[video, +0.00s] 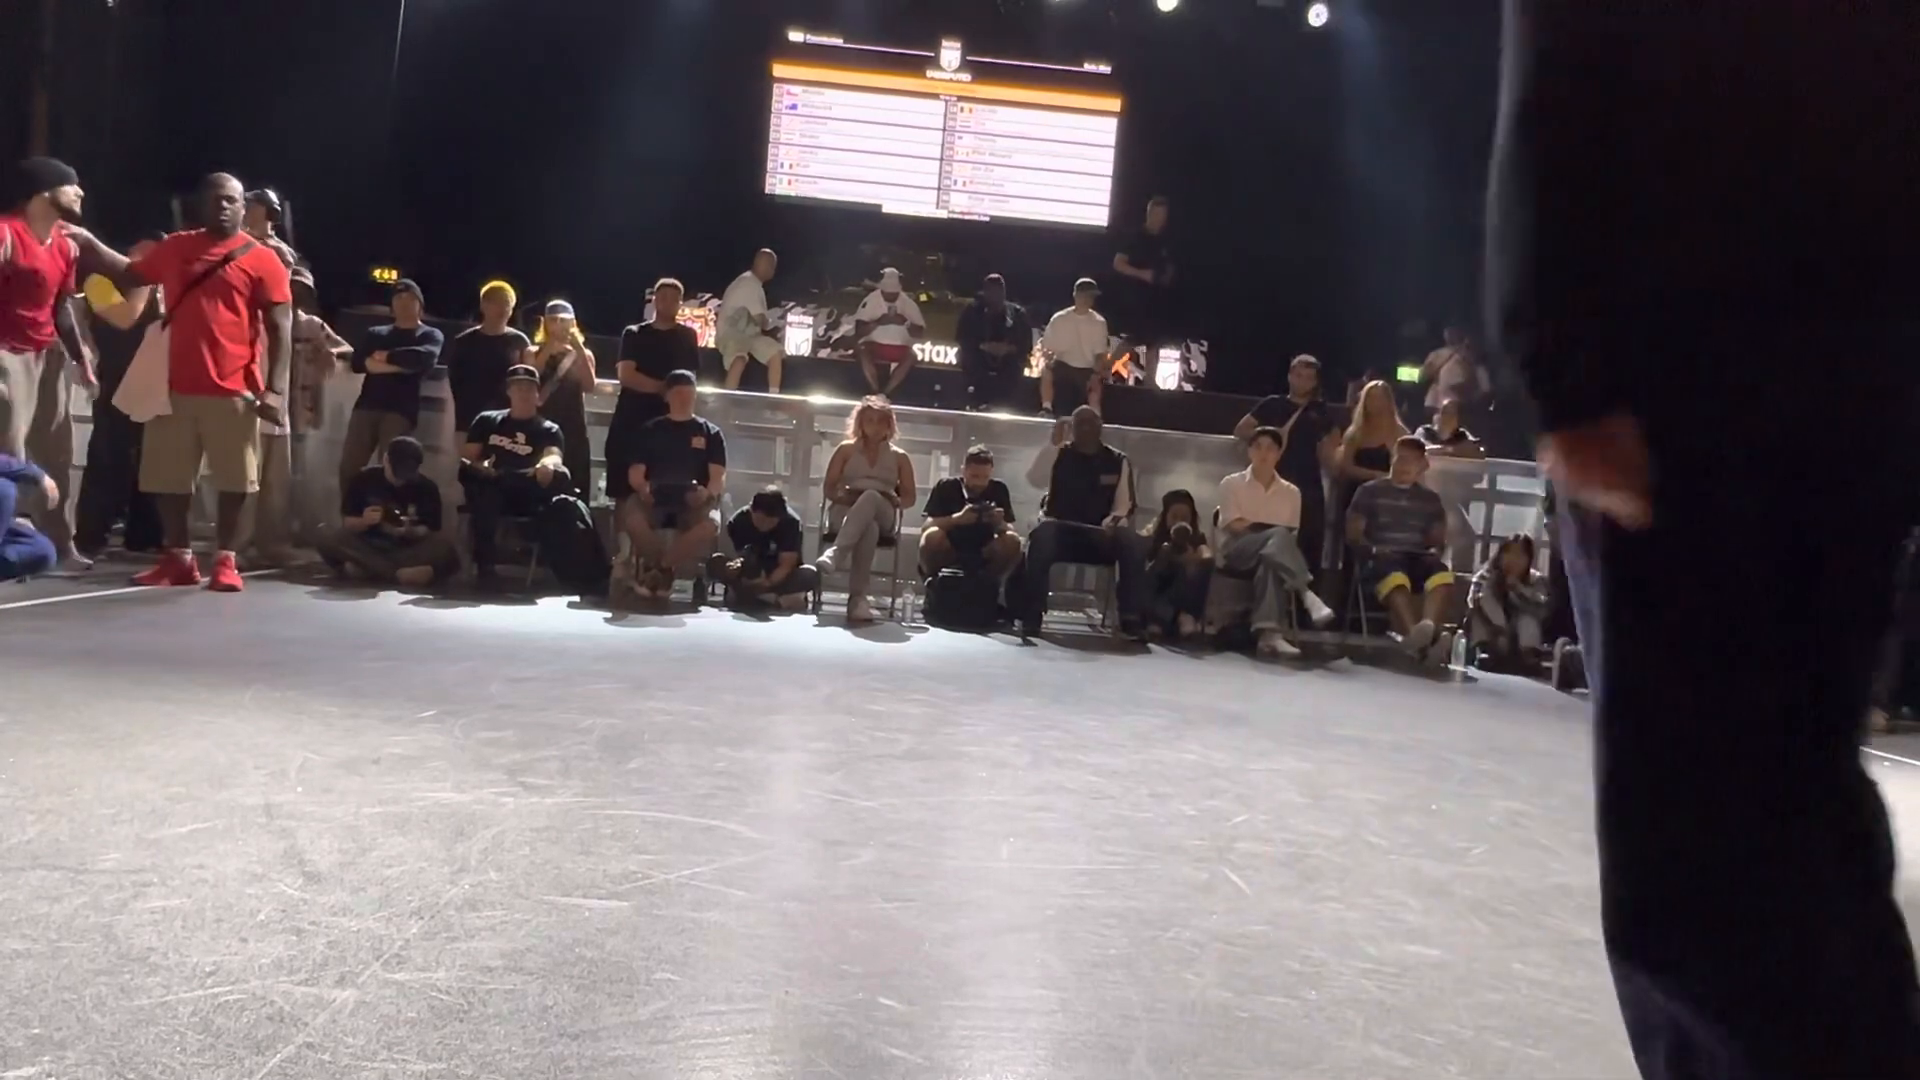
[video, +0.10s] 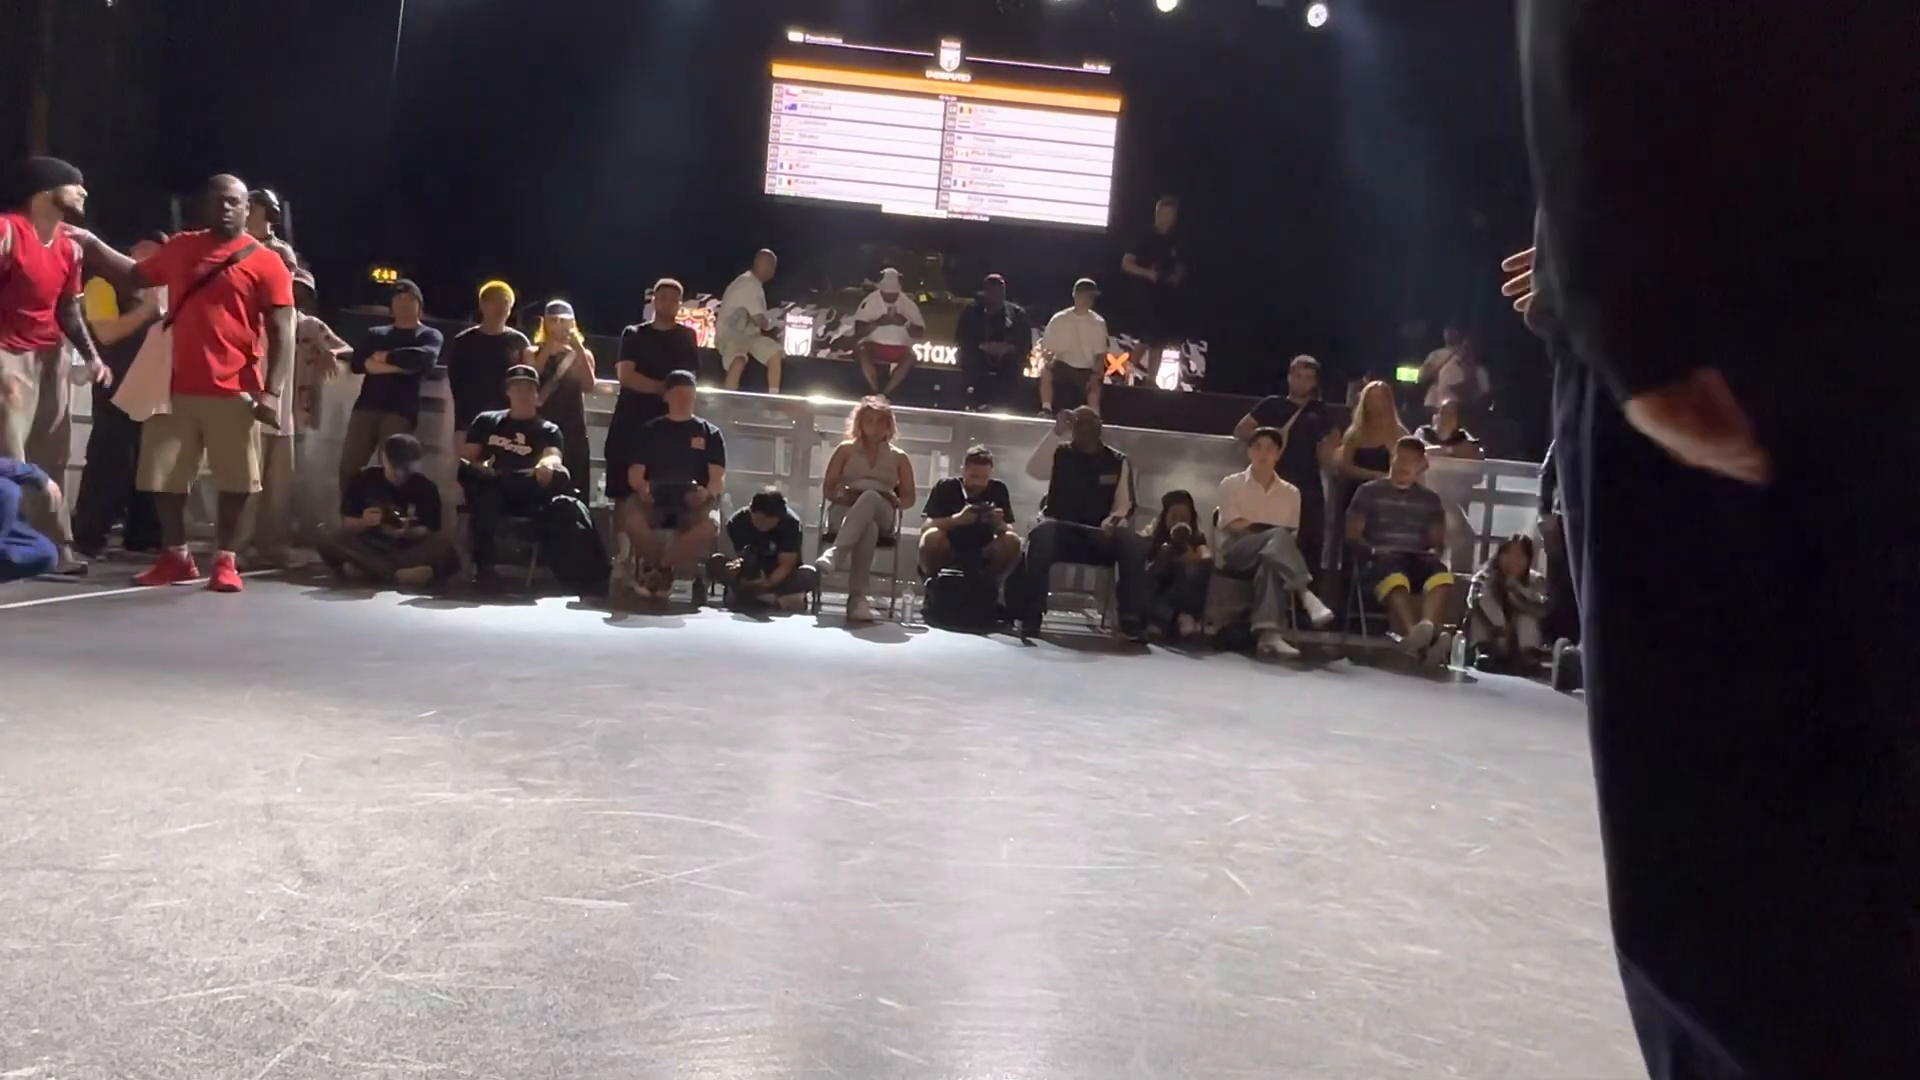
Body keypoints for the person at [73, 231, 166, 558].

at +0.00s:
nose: (150, 265)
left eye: (156, 258)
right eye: (147, 256)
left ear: (161, 260)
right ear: (132, 253)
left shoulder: (161, 285)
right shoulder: (100, 282)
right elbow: (125, 317)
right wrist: (145, 278)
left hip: (154, 383)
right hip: (116, 384)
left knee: (151, 460)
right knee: (109, 458)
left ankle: (144, 534)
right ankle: (92, 534)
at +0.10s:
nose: (150, 266)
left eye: (157, 260)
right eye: (147, 257)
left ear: (163, 263)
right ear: (132, 254)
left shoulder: (163, 290)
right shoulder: (103, 285)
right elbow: (105, 332)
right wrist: (147, 310)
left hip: (153, 383)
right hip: (114, 383)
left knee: (149, 459)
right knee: (108, 458)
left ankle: (143, 534)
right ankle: (90, 535)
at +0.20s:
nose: (149, 264)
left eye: (157, 258)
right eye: (145, 256)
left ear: (166, 261)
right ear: (132, 253)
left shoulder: (167, 292)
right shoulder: (109, 288)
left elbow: (173, 335)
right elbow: (99, 338)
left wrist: (137, 344)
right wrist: (138, 343)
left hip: (153, 379)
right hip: (115, 379)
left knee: (147, 458)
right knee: (107, 457)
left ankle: (141, 535)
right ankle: (92, 535)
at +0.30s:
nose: (150, 268)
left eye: (157, 262)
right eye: (144, 261)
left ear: (166, 263)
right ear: (130, 259)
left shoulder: (168, 293)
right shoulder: (111, 290)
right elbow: (94, 334)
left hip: (153, 378)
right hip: (115, 377)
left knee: (145, 461)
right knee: (107, 459)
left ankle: (141, 538)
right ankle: (91, 535)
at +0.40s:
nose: (148, 273)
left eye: (156, 265)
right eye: (140, 265)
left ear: (166, 265)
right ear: (128, 263)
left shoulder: (172, 297)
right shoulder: (114, 295)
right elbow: (92, 340)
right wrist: (106, 389)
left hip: (154, 391)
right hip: (119, 391)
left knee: (152, 466)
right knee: (107, 466)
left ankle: (147, 538)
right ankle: (90, 537)